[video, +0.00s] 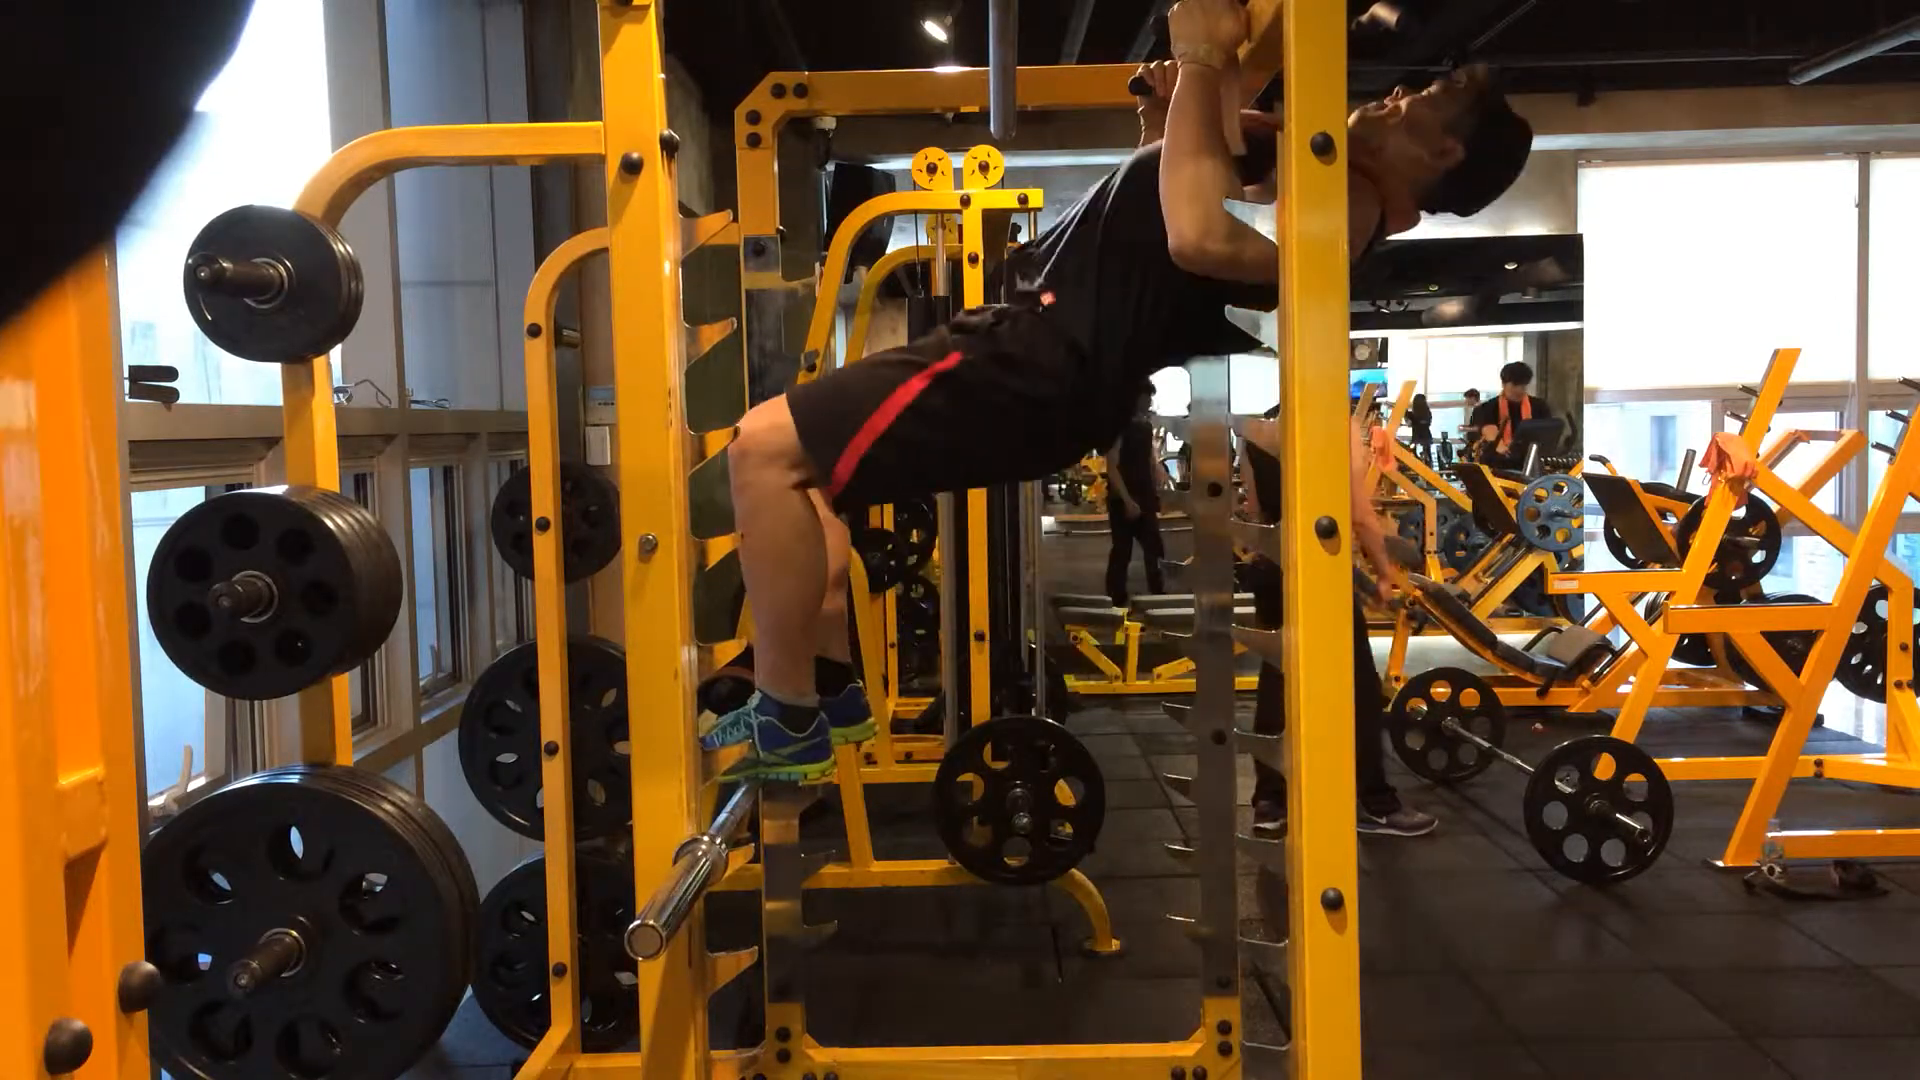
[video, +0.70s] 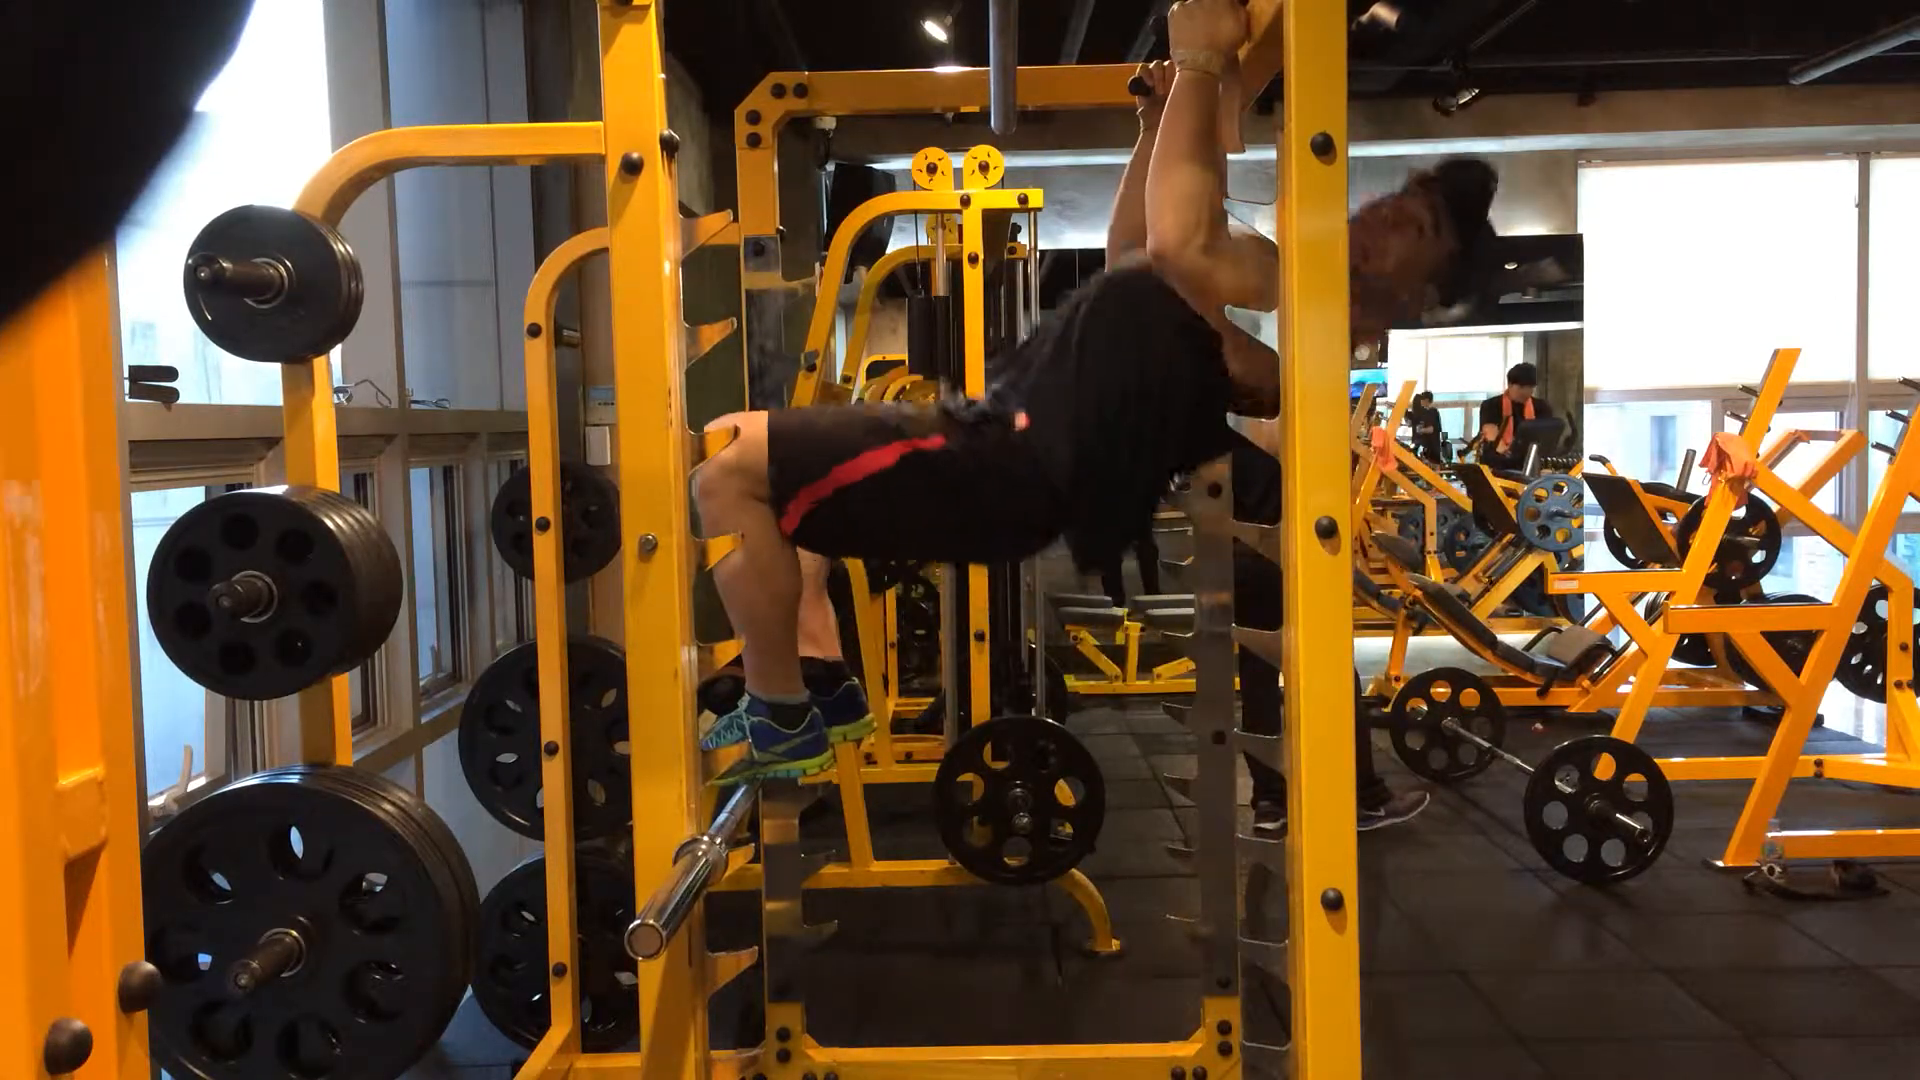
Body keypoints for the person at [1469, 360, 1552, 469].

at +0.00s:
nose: (1519, 391)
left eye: (1523, 387)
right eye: (1514, 386)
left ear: (1526, 386)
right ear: (1504, 384)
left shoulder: (1539, 406)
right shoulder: (1487, 409)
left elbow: (1547, 433)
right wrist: (1499, 445)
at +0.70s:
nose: (1526, 393)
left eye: (1530, 388)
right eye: (1521, 387)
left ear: (1533, 388)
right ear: (1510, 385)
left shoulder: (1541, 406)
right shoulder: (1491, 406)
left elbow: (1548, 435)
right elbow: (1490, 435)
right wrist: (1505, 450)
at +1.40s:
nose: (1525, 392)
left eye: (1529, 388)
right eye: (1520, 387)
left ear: (1533, 388)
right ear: (1509, 384)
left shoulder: (1541, 407)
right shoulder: (1489, 406)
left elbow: (1547, 439)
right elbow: (1492, 442)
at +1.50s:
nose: (1525, 393)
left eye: (1529, 388)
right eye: (1520, 388)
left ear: (1533, 388)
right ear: (1509, 385)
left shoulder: (1540, 406)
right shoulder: (1490, 406)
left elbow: (1547, 437)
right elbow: (1492, 442)